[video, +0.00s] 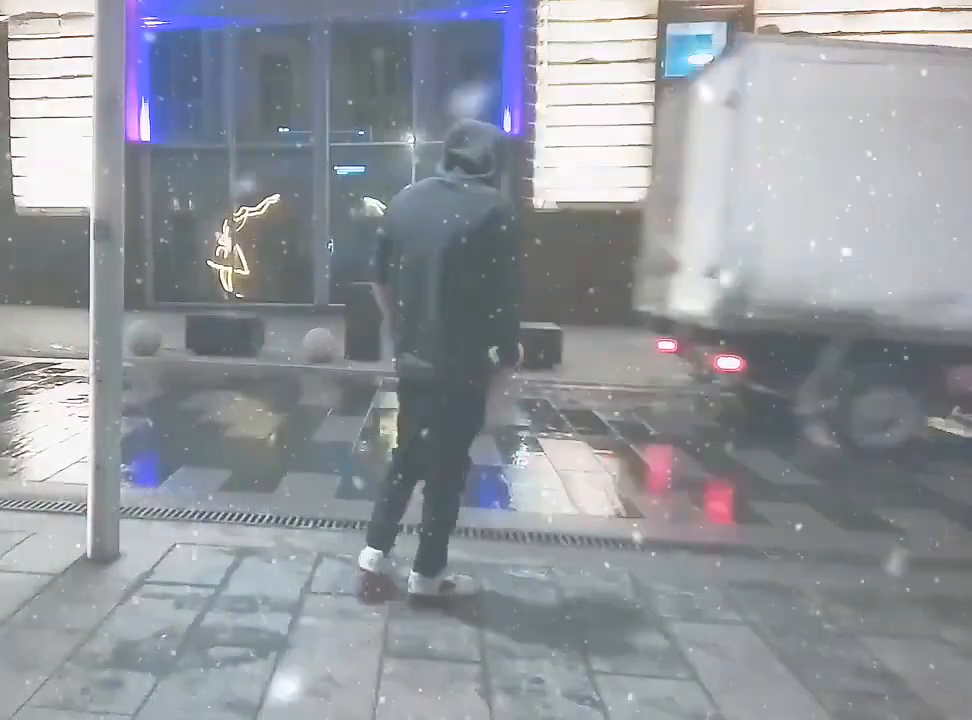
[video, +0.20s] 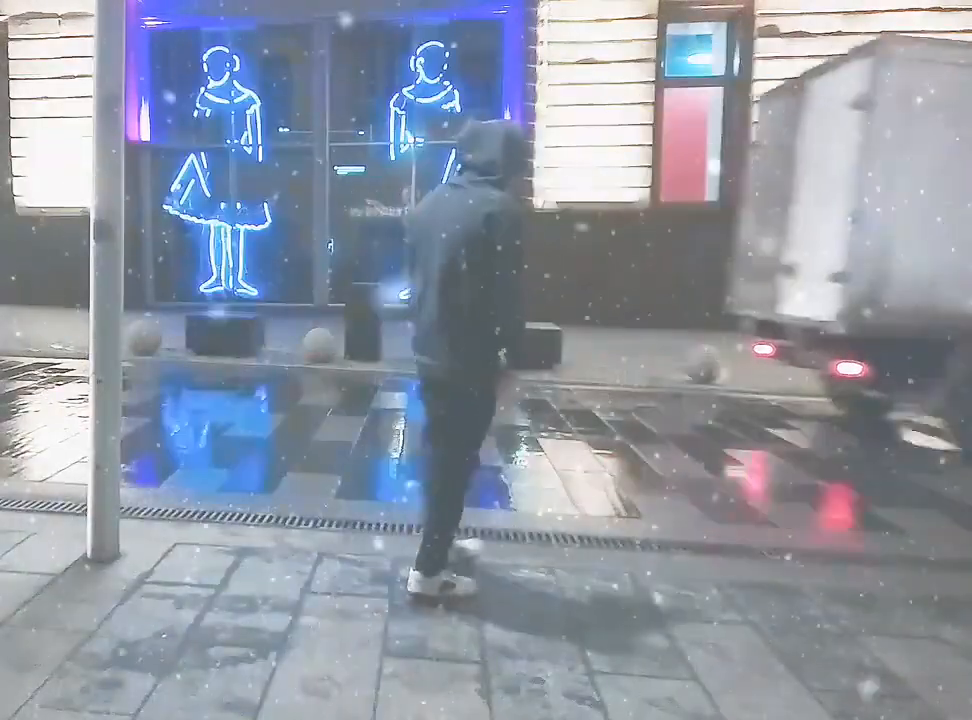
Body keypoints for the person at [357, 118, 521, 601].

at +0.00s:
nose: (499, 172)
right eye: (497, 165)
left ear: (448, 157)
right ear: (490, 163)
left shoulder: (407, 198)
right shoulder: (495, 211)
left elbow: (379, 274)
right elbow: (508, 296)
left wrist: (400, 329)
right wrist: (506, 357)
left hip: (413, 353)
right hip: (463, 358)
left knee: (406, 456)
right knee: (448, 468)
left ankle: (373, 555)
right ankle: (426, 574)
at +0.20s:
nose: (524, 176)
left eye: (524, 167)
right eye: (521, 167)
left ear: (468, 158)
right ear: (505, 164)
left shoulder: (428, 203)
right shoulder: (500, 210)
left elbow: (420, 276)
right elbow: (506, 289)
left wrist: (432, 324)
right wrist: (514, 353)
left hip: (428, 346)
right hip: (472, 352)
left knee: (442, 447)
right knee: (457, 456)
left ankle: (443, 536)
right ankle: (428, 569)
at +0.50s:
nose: (549, 173)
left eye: (551, 164)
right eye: (545, 163)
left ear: (511, 162)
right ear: (520, 160)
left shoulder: (490, 204)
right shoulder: (497, 211)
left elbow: (494, 293)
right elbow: (496, 295)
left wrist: (507, 356)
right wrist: (510, 366)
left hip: (482, 350)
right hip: (482, 353)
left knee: (502, 449)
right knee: (474, 459)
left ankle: (509, 549)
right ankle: (430, 566)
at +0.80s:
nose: (559, 167)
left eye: (563, 157)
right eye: (552, 157)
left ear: (560, 159)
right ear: (525, 156)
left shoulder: (548, 214)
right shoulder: (492, 212)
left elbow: (566, 279)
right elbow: (478, 294)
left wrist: (588, 328)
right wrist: (500, 353)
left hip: (539, 342)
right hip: (502, 344)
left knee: (526, 456)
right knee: (520, 459)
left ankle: (509, 552)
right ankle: (456, 542)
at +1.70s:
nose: (567, 159)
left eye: (575, 149)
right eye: (557, 149)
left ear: (584, 155)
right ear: (534, 151)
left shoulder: (595, 214)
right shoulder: (499, 211)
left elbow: (614, 289)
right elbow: (485, 287)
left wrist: (616, 353)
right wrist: (513, 339)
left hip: (583, 362)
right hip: (524, 363)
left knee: (605, 472)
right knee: (531, 478)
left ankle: (579, 549)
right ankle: (537, 576)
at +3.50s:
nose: (494, 161)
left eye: (503, 148)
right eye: (491, 150)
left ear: (539, 143)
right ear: (499, 149)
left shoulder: (591, 205)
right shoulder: (502, 205)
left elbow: (612, 296)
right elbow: (472, 284)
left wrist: (573, 374)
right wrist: (432, 337)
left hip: (541, 384)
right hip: (490, 379)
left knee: (524, 501)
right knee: (499, 501)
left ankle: (592, 601)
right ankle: (517, 627)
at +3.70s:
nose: (476, 167)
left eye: (482, 154)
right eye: (473, 156)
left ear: (517, 147)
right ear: (485, 153)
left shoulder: (569, 205)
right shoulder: (494, 201)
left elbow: (594, 292)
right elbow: (475, 284)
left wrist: (580, 376)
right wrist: (439, 347)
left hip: (522, 374)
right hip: (482, 370)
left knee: (472, 494)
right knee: (499, 496)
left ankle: (521, 631)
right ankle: (508, 620)